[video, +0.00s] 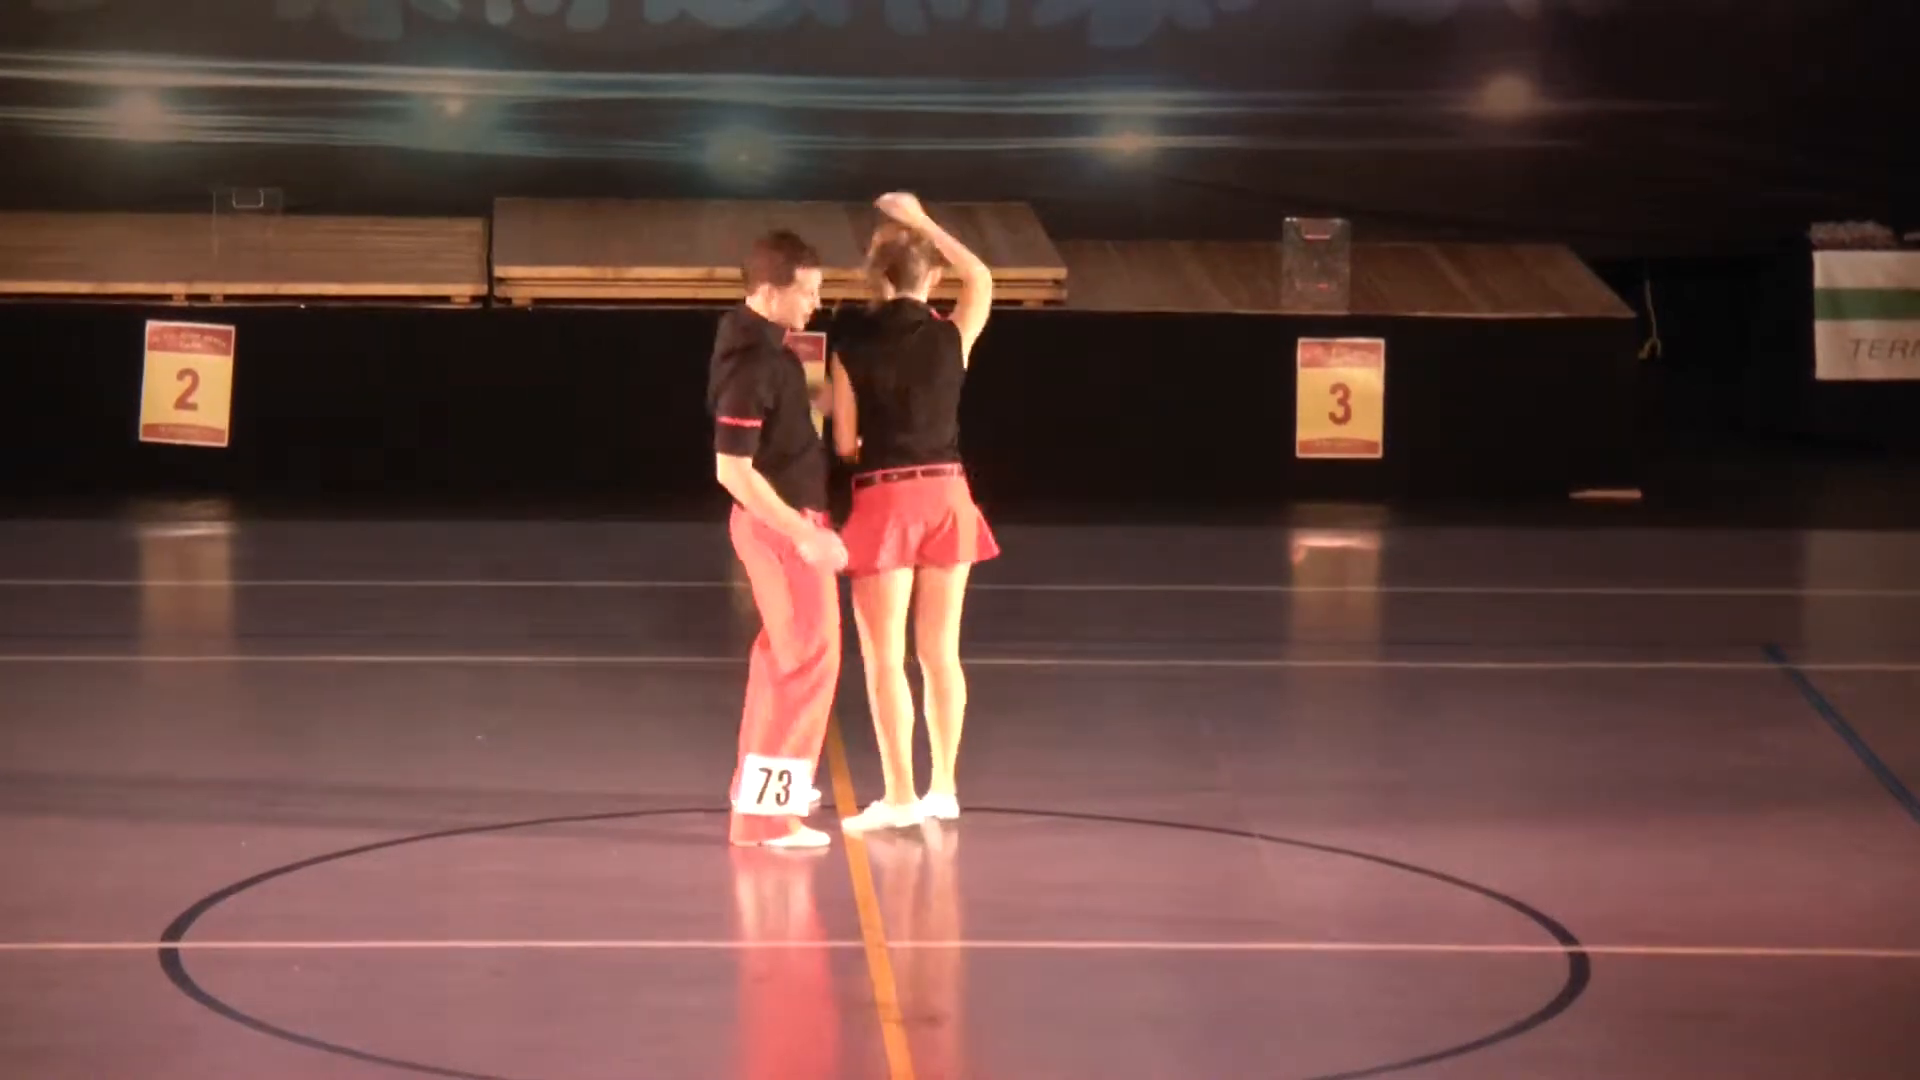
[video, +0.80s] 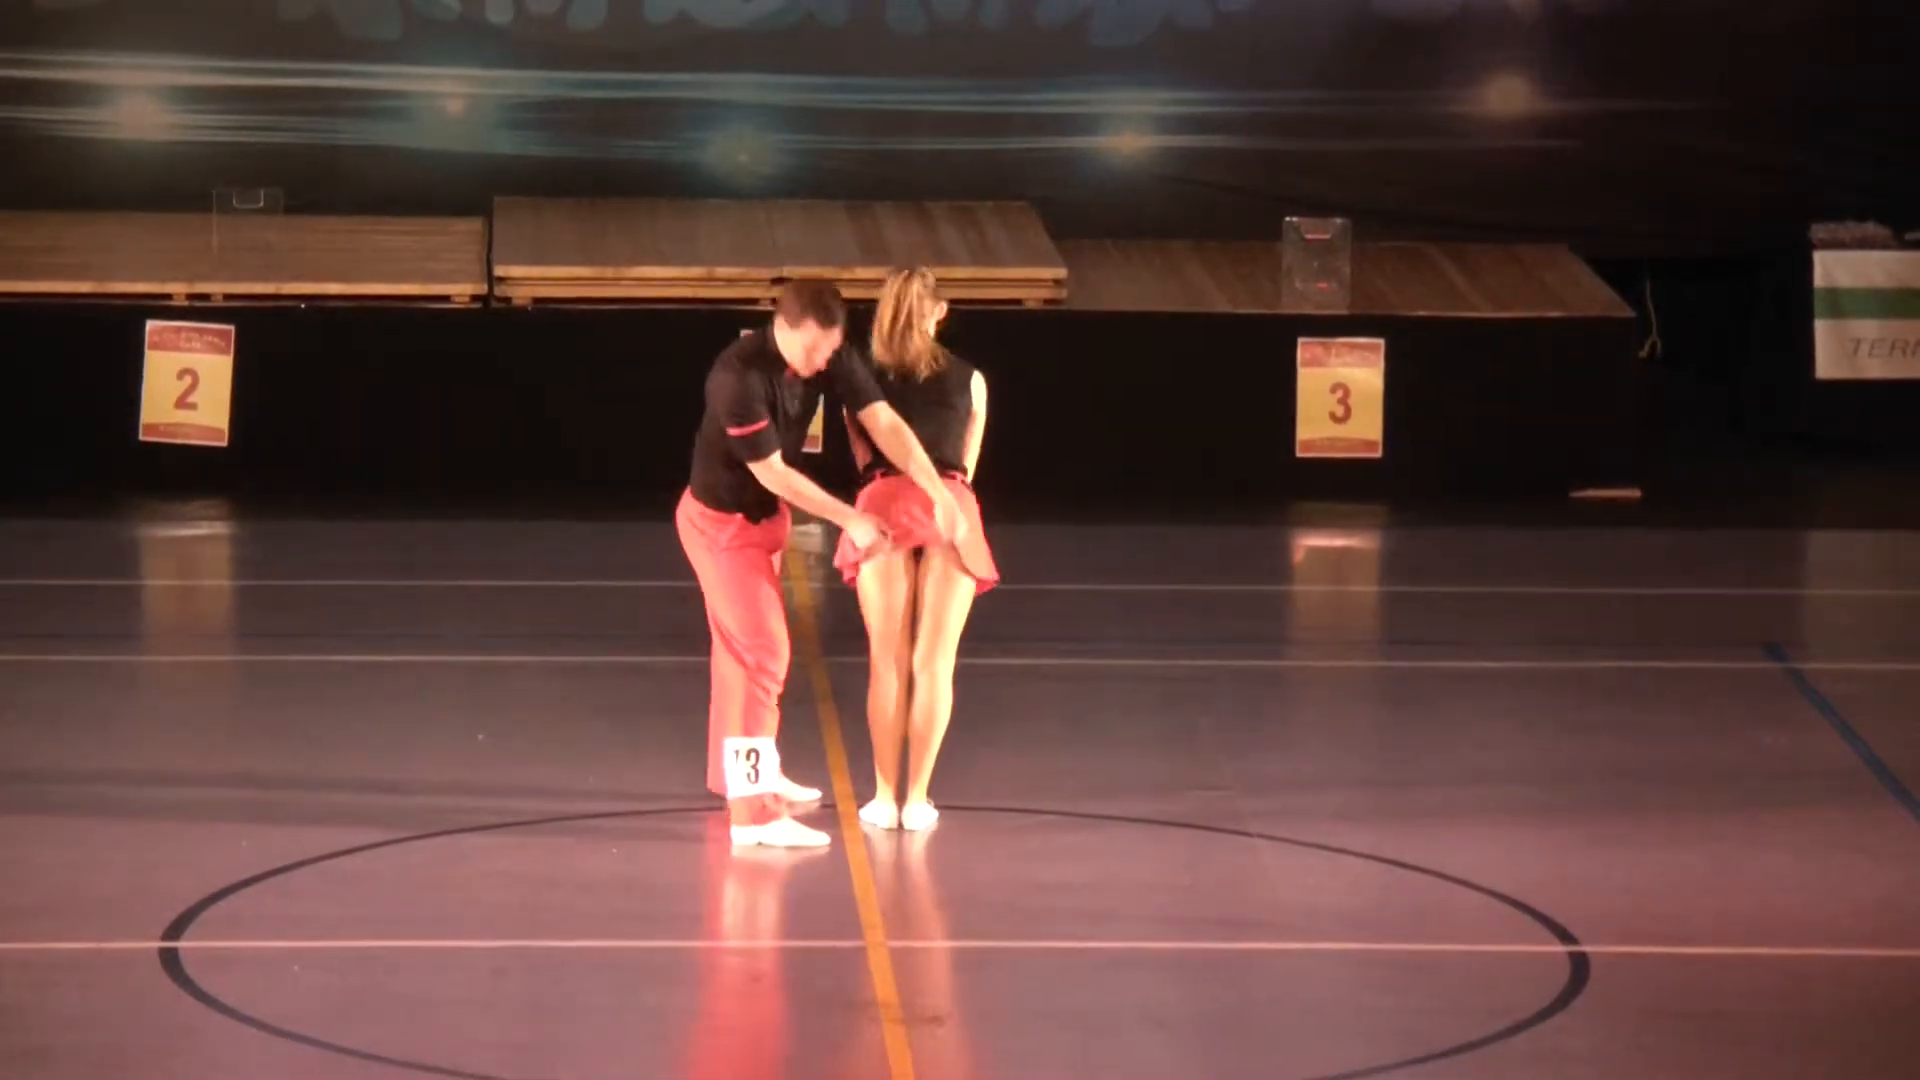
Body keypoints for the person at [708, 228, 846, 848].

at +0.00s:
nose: (815, 303)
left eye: (815, 290)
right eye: (808, 291)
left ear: (770, 289)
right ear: (773, 290)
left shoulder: (757, 334)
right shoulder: (754, 354)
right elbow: (734, 467)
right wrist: (802, 534)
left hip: (781, 515)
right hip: (778, 520)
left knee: (782, 652)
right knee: (812, 656)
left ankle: (757, 804)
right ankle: (769, 812)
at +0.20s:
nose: (813, 331)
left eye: (817, 320)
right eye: (805, 319)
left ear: (789, 311)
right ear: (769, 308)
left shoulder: (791, 341)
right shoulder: (734, 363)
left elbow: (823, 399)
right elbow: (737, 471)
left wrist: (841, 385)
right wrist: (823, 503)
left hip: (792, 522)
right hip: (767, 526)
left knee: (780, 652)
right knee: (810, 653)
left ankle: (754, 800)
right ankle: (767, 812)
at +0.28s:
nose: (821, 335)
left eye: (824, 324)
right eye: (813, 324)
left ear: (811, 310)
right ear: (776, 308)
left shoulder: (796, 338)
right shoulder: (733, 364)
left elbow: (850, 371)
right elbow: (750, 465)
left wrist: (903, 402)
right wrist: (829, 499)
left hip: (786, 516)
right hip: (752, 521)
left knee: (787, 650)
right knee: (780, 652)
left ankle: (772, 785)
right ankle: (754, 810)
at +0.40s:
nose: (831, 356)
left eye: (835, 345)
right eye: (823, 346)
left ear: (835, 332)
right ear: (788, 330)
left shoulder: (834, 342)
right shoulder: (739, 372)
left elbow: (886, 415)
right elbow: (762, 470)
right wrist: (837, 521)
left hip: (777, 516)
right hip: (729, 519)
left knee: (747, 653)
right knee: (766, 652)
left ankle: (752, 784)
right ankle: (748, 814)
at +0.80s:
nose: (823, 358)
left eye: (829, 346)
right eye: (814, 346)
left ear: (836, 335)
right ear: (783, 326)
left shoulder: (834, 354)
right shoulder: (739, 374)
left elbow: (883, 421)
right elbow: (774, 472)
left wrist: (937, 489)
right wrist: (850, 519)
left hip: (768, 520)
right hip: (717, 522)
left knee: (744, 650)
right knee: (766, 647)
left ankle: (745, 776)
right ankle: (751, 815)